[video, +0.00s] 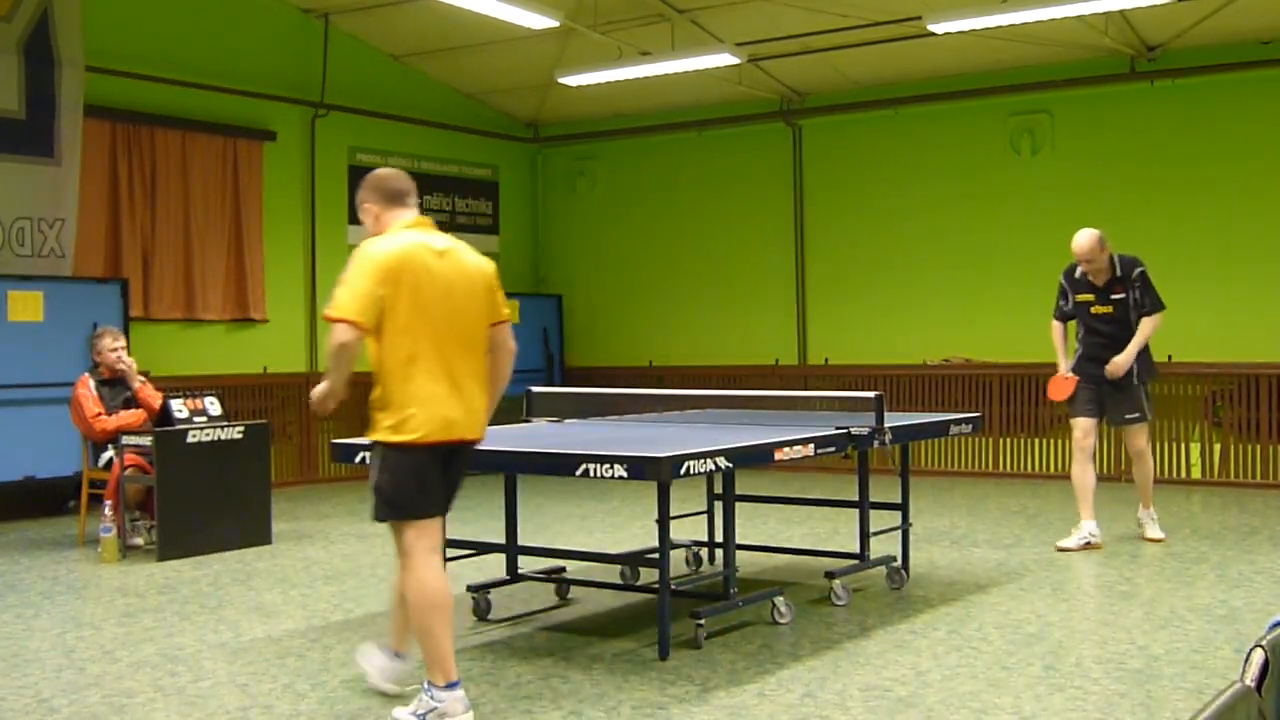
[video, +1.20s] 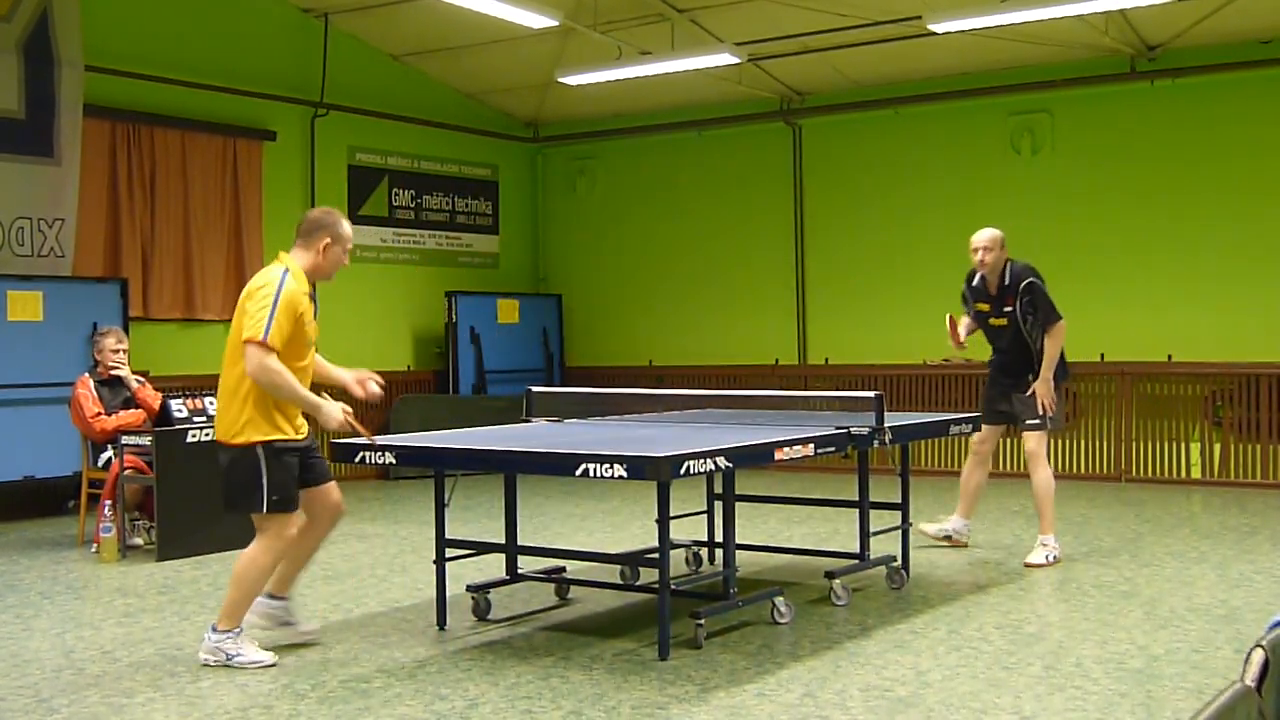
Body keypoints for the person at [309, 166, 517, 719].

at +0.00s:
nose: (361, 225)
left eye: (360, 217)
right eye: (361, 217)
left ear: (371, 210)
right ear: (416, 205)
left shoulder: (377, 253)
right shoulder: (475, 261)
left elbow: (345, 337)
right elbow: (504, 347)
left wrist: (333, 385)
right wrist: (480, 409)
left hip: (409, 424)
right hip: (464, 424)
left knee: (423, 554)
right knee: (417, 543)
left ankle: (445, 690)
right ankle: (395, 658)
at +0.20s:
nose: (338, 233)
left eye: (338, 226)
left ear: (344, 224)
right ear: (393, 223)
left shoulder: (335, 268)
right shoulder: (438, 278)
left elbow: (305, 342)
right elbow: (470, 356)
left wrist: (302, 407)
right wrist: (452, 428)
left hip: (355, 434)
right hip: (411, 434)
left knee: (356, 549)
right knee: (368, 545)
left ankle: (418, 661)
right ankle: (343, 656)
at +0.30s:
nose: (331, 228)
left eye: (330, 222)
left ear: (333, 221)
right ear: (382, 222)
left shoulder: (315, 263)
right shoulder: (420, 275)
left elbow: (283, 335)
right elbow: (451, 353)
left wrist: (300, 393)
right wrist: (436, 423)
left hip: (328, 432)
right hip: (392, 433)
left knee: (310, 538)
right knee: (362, 535)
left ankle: (356, 622)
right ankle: (347, 653)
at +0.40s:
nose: (330, 222)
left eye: (326, 215)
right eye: (371, 214)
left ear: (324, 216)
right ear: (374, 218)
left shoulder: (301, 261)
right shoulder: (410, 269)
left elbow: (265, 330)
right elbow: (441, 348)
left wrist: (288, 378)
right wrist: (425, 414)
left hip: (314, 427)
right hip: (379, 429)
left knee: (298, 524)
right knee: (360, 534)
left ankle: (316, 622)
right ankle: (345, 656)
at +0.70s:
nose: (349, 243)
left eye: (347, 238)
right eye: (350, 238)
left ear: (297, 231)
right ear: (343, 236)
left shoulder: (257, 269)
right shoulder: (351, 274)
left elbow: (239, 339)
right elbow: (379, 348)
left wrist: (278, 367)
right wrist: (391, 393)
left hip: (267, 426)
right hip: (325, 428)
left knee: (278, 520)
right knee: (335, 531)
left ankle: (243, 629)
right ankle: (336, 652)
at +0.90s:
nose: (343, 248)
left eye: (343, 240)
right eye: (345, 240)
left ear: (302, 226)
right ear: (336, 235)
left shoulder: (259, 262)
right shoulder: (314, 271)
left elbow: (268, 316)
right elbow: (306, 342)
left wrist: (328, 306)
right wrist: (349, 392)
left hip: (246, 416)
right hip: (286, 420)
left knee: (274, 517)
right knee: (315, 520)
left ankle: (242, 627)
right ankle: (265, 633)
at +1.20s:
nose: (347, 262)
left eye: (349, 253)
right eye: (346, 251)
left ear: (319, 245)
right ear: (324, 245)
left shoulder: (297, 289)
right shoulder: (277, 284)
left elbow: (299, 357)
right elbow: (258, 363)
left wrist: (345, 376)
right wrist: (319, 406)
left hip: (288, 426)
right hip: (257, 430)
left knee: (327, 508)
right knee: (279, 530)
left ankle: (273, 602)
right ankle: (222, 635)